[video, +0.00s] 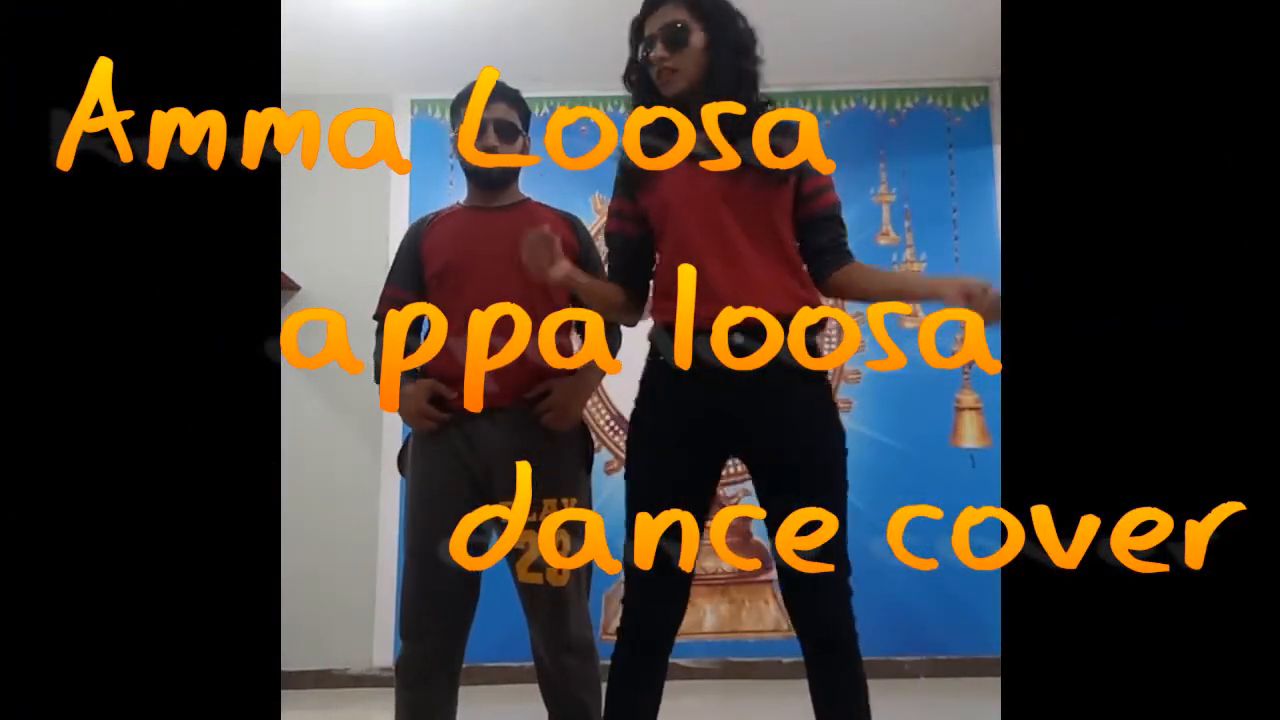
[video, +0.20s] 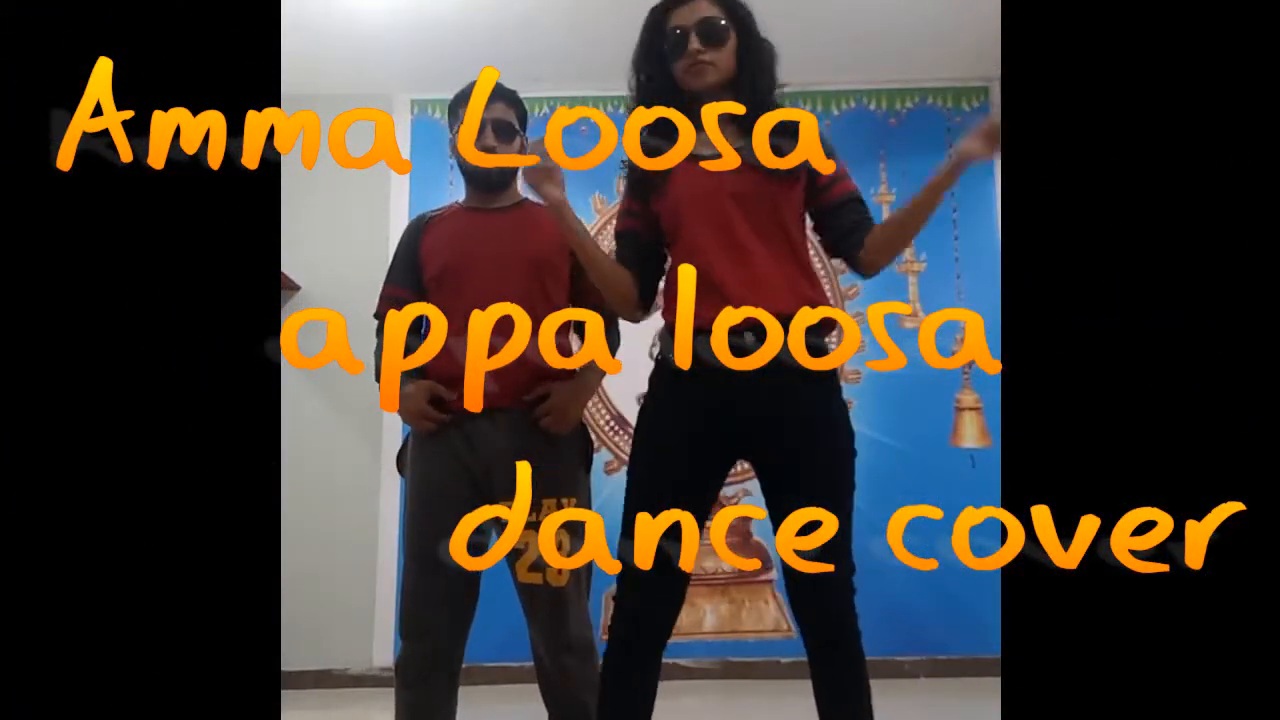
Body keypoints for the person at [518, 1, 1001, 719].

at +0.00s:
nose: (655, 56)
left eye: (673, 36)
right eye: (645, 46)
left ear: (721, 40)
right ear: (640, 65)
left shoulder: (782, 135)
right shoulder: (645, 148)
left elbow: (835, 271)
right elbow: (627, 301)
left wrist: (949, 289)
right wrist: (570, 276)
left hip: (787, 388)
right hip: (679, 389)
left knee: (821, 603)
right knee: (651, 604)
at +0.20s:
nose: (694, 48)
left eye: (711, 30)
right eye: (675, 39)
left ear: (744, 44)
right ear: (659, 62)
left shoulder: (790, 132)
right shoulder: (655, 150)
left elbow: (868, 253)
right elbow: (632, 298)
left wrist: (953, 164)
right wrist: (560, 207)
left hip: (797, 388)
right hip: (689, 390)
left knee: (824, 598)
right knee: (643, 603)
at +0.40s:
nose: (710, 49)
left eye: (726, 31)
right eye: (691, 38)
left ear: (755, 44)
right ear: (671, 57)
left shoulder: (792, 133)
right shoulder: (659, 147)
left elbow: (890, 205)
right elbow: (620, 288)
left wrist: (899, 74)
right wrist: (563, 181)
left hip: (774, 384)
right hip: (670, 385)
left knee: (808, 600)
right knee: (635, 601)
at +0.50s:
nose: (710, 47)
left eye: (727, 32)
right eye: (691, 36)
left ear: (755, 47)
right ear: (670, 55)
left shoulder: (789, 134)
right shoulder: (659, 147)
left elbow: (888, 186)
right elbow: (617, 285)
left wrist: (885, 63)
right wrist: (562, 182)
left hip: (767, 380)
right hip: (664, 378)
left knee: (802, 592)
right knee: (637, 594)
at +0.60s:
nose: (709, 51)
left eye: (726, 35)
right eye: (691, 38)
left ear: (753, 47)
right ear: (668, 54)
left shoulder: (783, 132)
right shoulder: (652, 139)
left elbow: (882, 168)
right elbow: (615, 283)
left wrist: (853, 49)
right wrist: (578, 180)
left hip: (760, 384)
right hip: (654, 380)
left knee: (800, 598)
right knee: (634, 600)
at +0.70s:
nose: (709, 51)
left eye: (726, 35)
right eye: (690, 38)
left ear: (755, 48)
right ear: (666, 53)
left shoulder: (780, 134)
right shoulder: (645, 140)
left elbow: (877, 167)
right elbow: (618, 282)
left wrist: (842, 56)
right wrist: (604, 185)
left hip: (762, 378)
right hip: (658, 376)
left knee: (801, 590)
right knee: (638, 593)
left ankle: (813, 719)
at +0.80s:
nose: (714, 57)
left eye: (730, 38)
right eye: (695, 45)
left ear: (760, 45)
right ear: (674, 57)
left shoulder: (784, 133)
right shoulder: (654, 140)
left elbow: (868, 176)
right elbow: (639, 269)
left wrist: (829, 72)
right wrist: (686, 196)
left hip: (777, 383)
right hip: (674, 383)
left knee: (800, 596)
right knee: (646, 598)